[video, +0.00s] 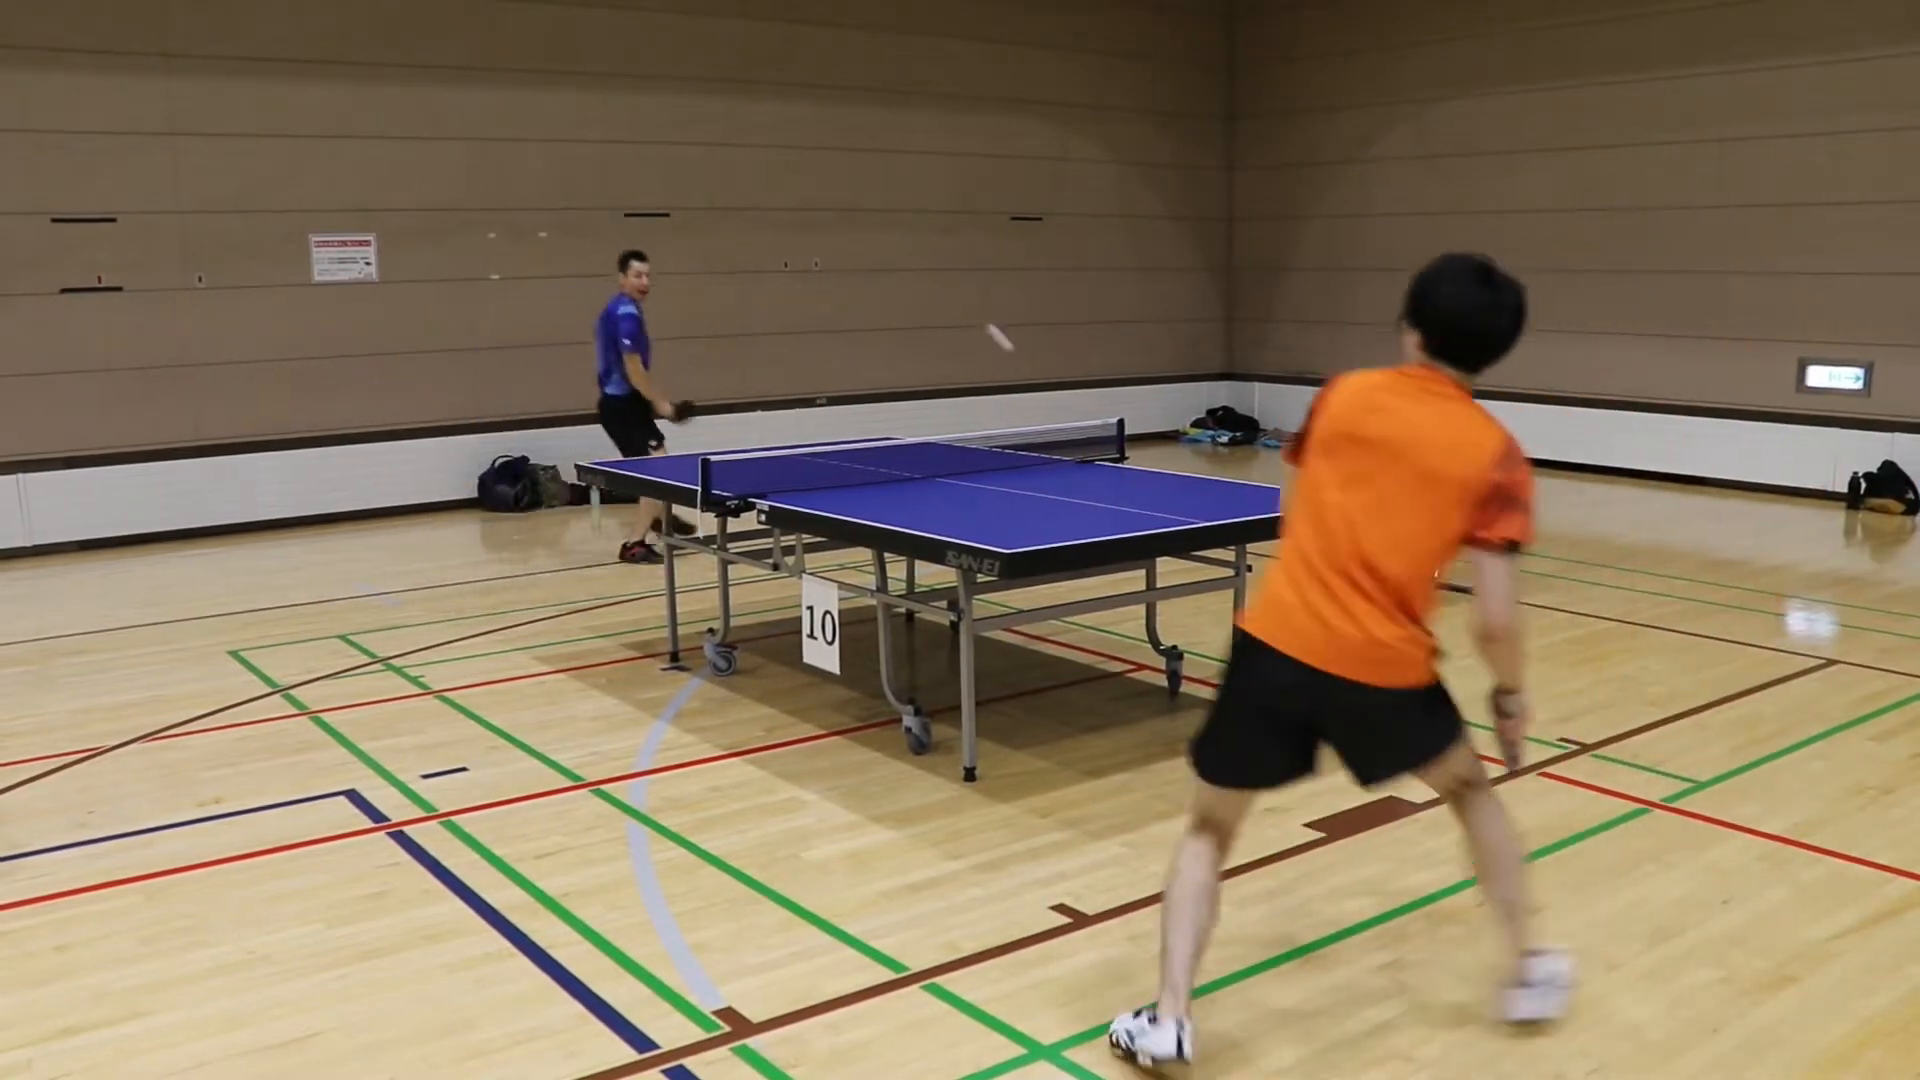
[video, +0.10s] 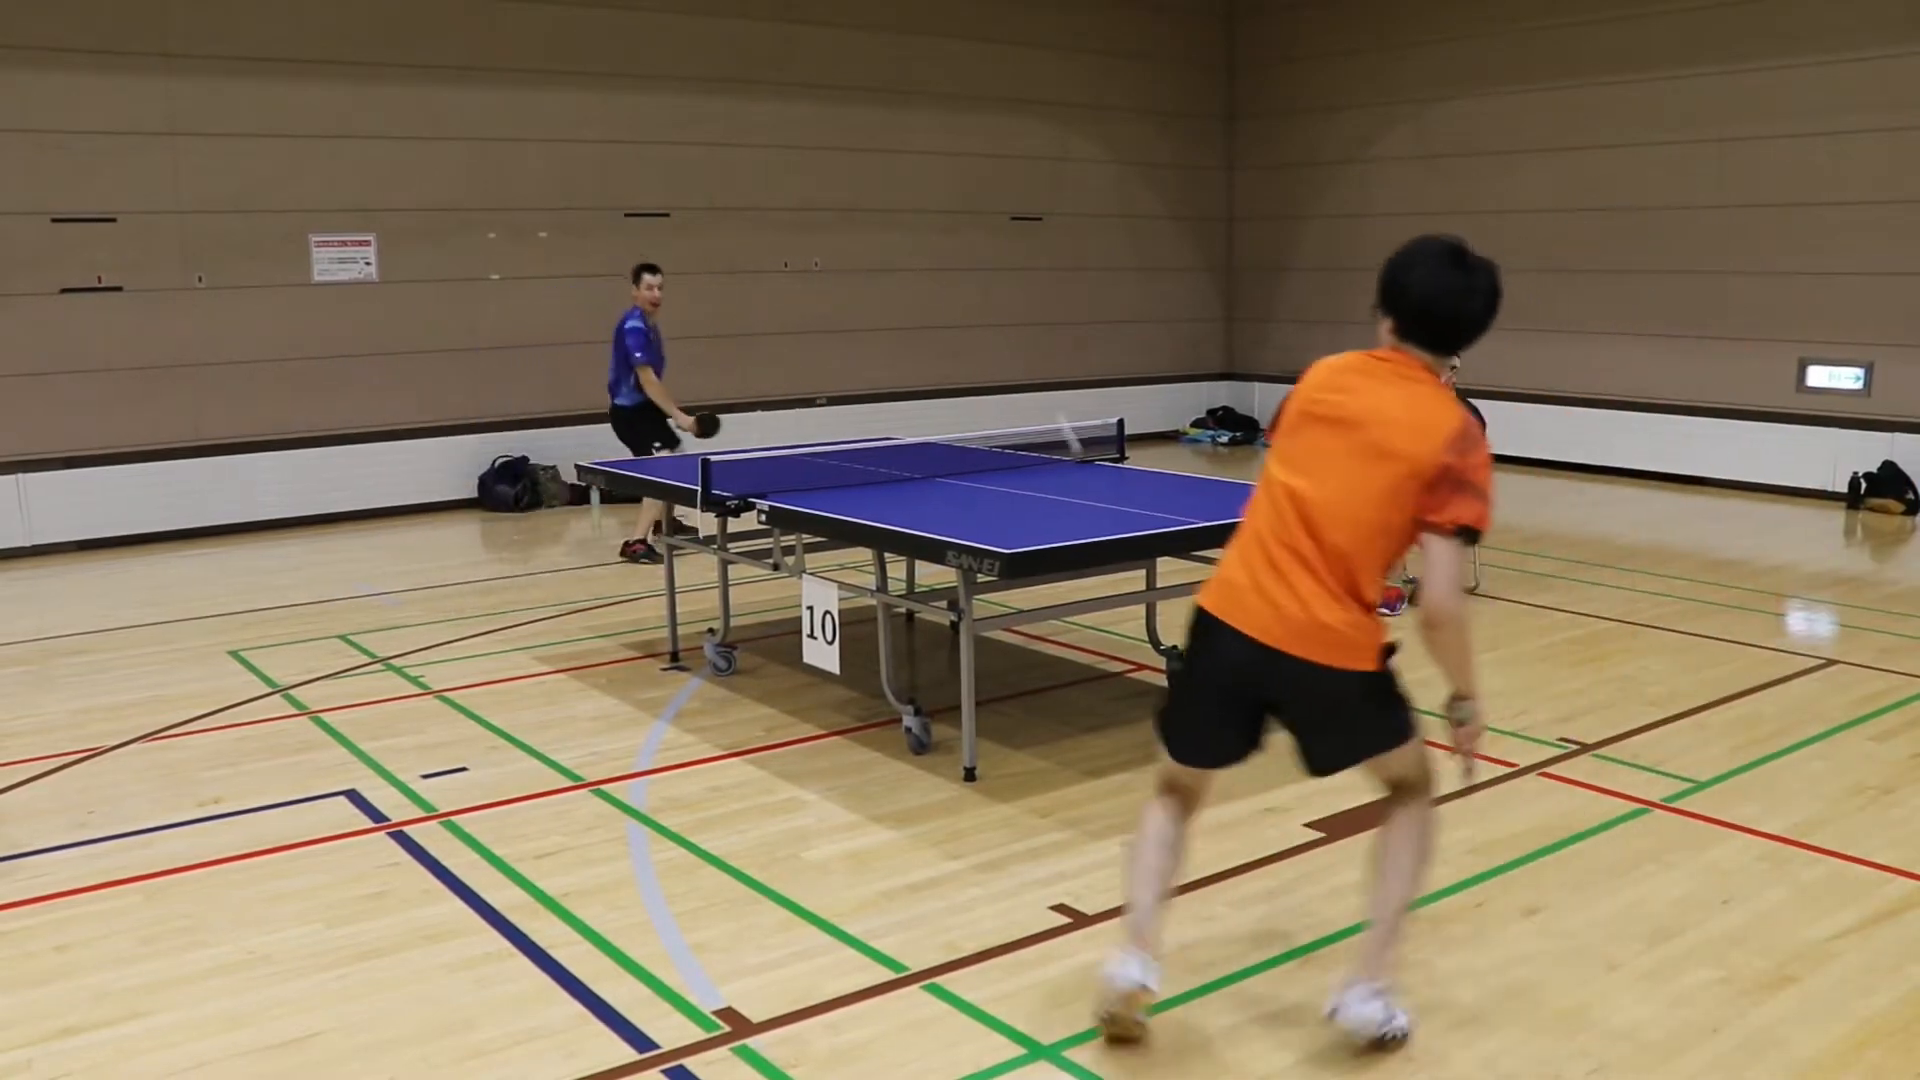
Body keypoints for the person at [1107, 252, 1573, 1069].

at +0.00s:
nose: (1408, 321)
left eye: (1413, 310)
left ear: (1413, 327)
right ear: (1498, 352)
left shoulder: (1343, 393)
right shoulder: (1493, 452)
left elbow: (1296, 504)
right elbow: (1495, 619)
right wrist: (1509, 694)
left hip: (1271, 652)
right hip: (1382, 673)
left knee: (1208, 828)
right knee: (1468, 790)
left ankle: (1169, 1015)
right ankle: (1528, 968)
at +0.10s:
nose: (1381, 315)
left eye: (1385, 302)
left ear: (1383, 312)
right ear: (1471, 337)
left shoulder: (1322, 376)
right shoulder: (1454, 431)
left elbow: (1280, 479)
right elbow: (1439, 602)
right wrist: (1464, 693)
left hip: (1226, 624)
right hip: (1332, 653)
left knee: (1175, 791)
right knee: (1410, 789)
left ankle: (1135, 958)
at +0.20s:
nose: (1451, 342)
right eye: (1449, 330)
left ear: (1356, 317)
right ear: (1439, 343)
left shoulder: (1302, 382)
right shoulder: (1410, 442)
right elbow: (1380, 603)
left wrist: (1418, 437)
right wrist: (1428, 724)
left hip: (1182, 628)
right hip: (1278, 660)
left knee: (1130, 786)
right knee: (1382, 816)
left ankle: (1028, 929)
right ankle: (1341, 1021)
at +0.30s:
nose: (1412, 340)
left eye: (1407, 325)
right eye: (1409, 328)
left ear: (1314, 315)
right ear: (1391, 342)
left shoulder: (1260, 382)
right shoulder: (1337, 431)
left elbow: (1252, 497)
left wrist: (1364, 513)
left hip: (1137, 641)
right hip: (1231, 669)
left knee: (1088, 799)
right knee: (1355, 811)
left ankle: (961, 944)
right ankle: (1340, 1023)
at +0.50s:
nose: (1219, 240)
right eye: (1213, 228)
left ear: (1113, 229)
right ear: (1203, 240)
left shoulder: (1052, 323)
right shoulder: (1223, 339)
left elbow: (970, 462)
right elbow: (1316, 412)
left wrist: (1003, 482)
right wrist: (1306, 330)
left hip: (1059, 608)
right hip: (1171, 616)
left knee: (963, 738)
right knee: (1245, 778)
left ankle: (918, 925)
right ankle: (1324, 976)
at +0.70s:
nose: (937, 313)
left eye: (943, 298)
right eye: (941, 297)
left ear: (968, 308)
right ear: (1016, 303)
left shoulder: (1027, 404)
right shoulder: (989, 374)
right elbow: (899, 450)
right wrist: (875, 420)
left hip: (1040, 645)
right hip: (1084, 637)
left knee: (880, 807)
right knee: (1120, 802)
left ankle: (825, 1006)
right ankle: (1288, 882)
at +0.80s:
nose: (896, 361)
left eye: (897, 345)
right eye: (896, 345)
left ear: (918, 352)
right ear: (977, 344)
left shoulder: (997, 435)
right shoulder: (960, 430)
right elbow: (941, 532)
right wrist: (901, 562)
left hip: (1012, 676)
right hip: (1007, 669)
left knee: (837, 805)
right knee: (1033, 806)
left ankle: (820, 1007)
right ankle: (1178, 894)